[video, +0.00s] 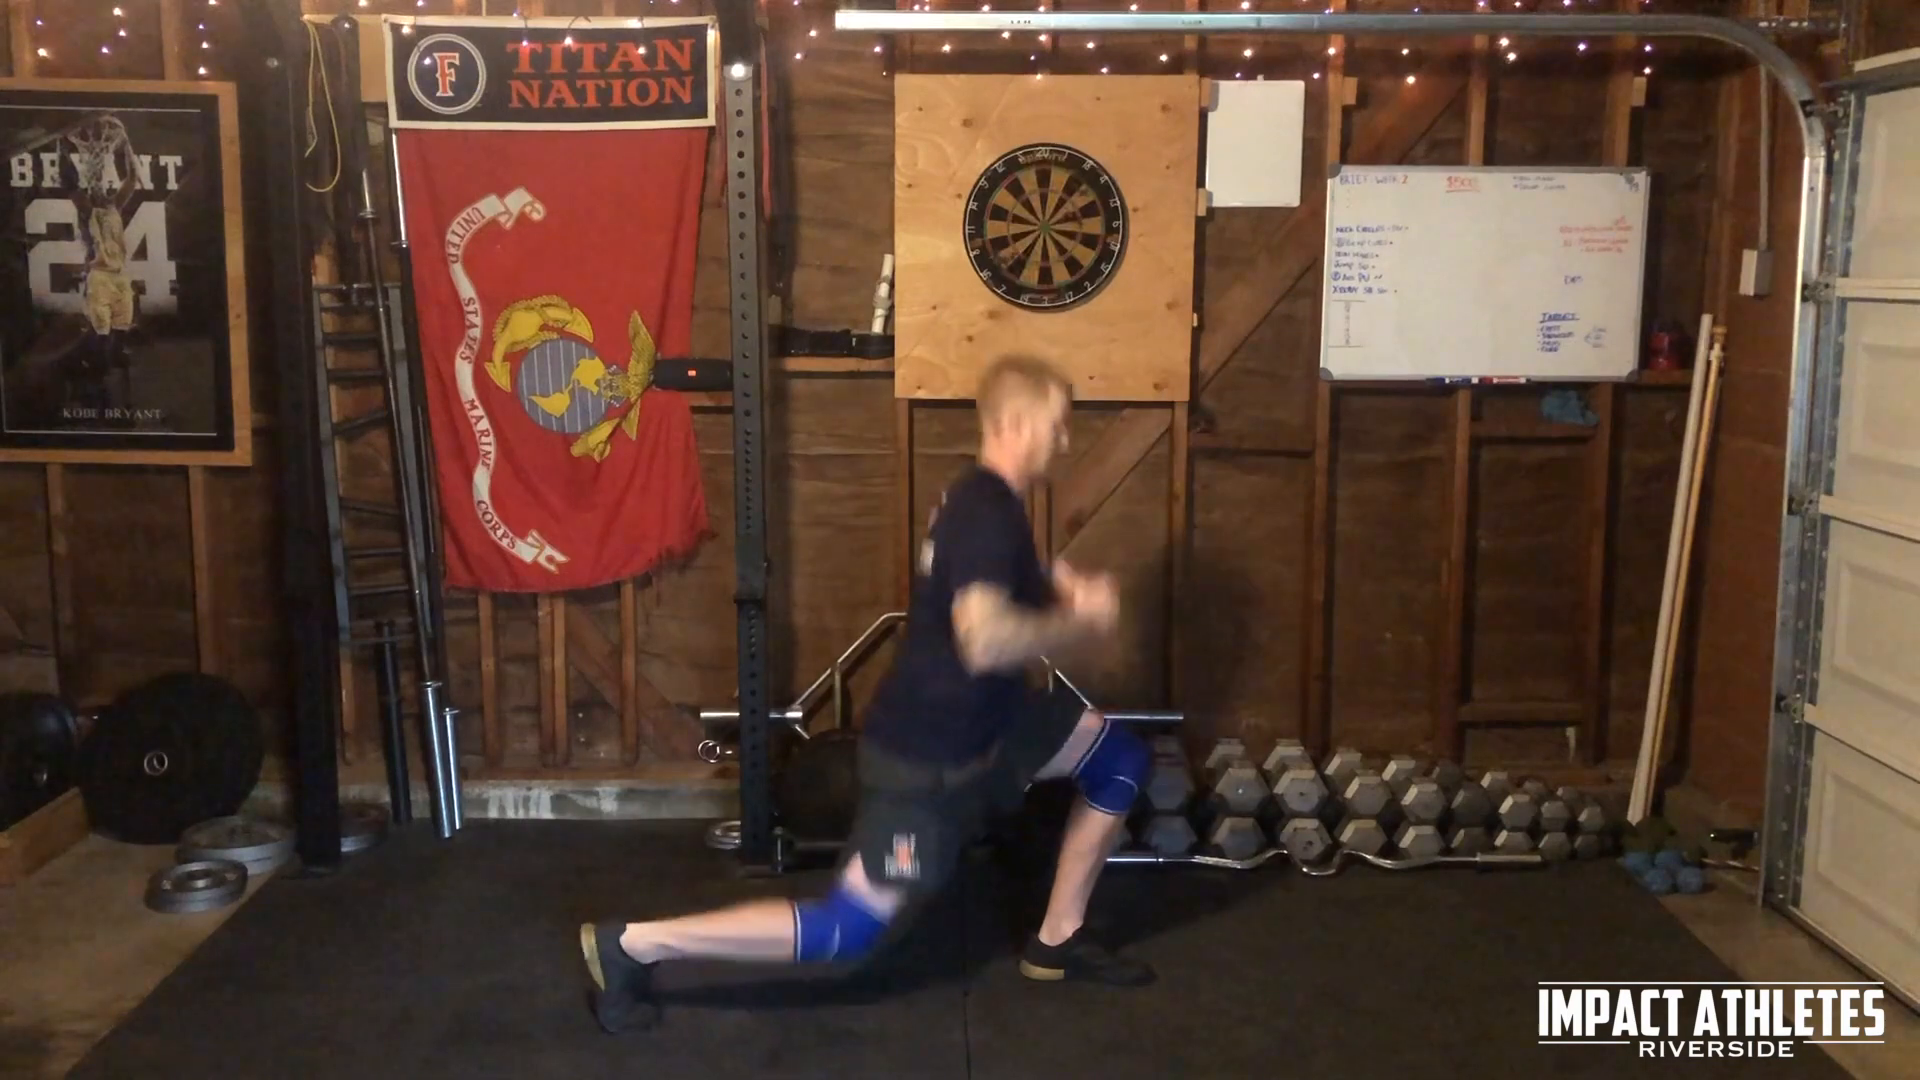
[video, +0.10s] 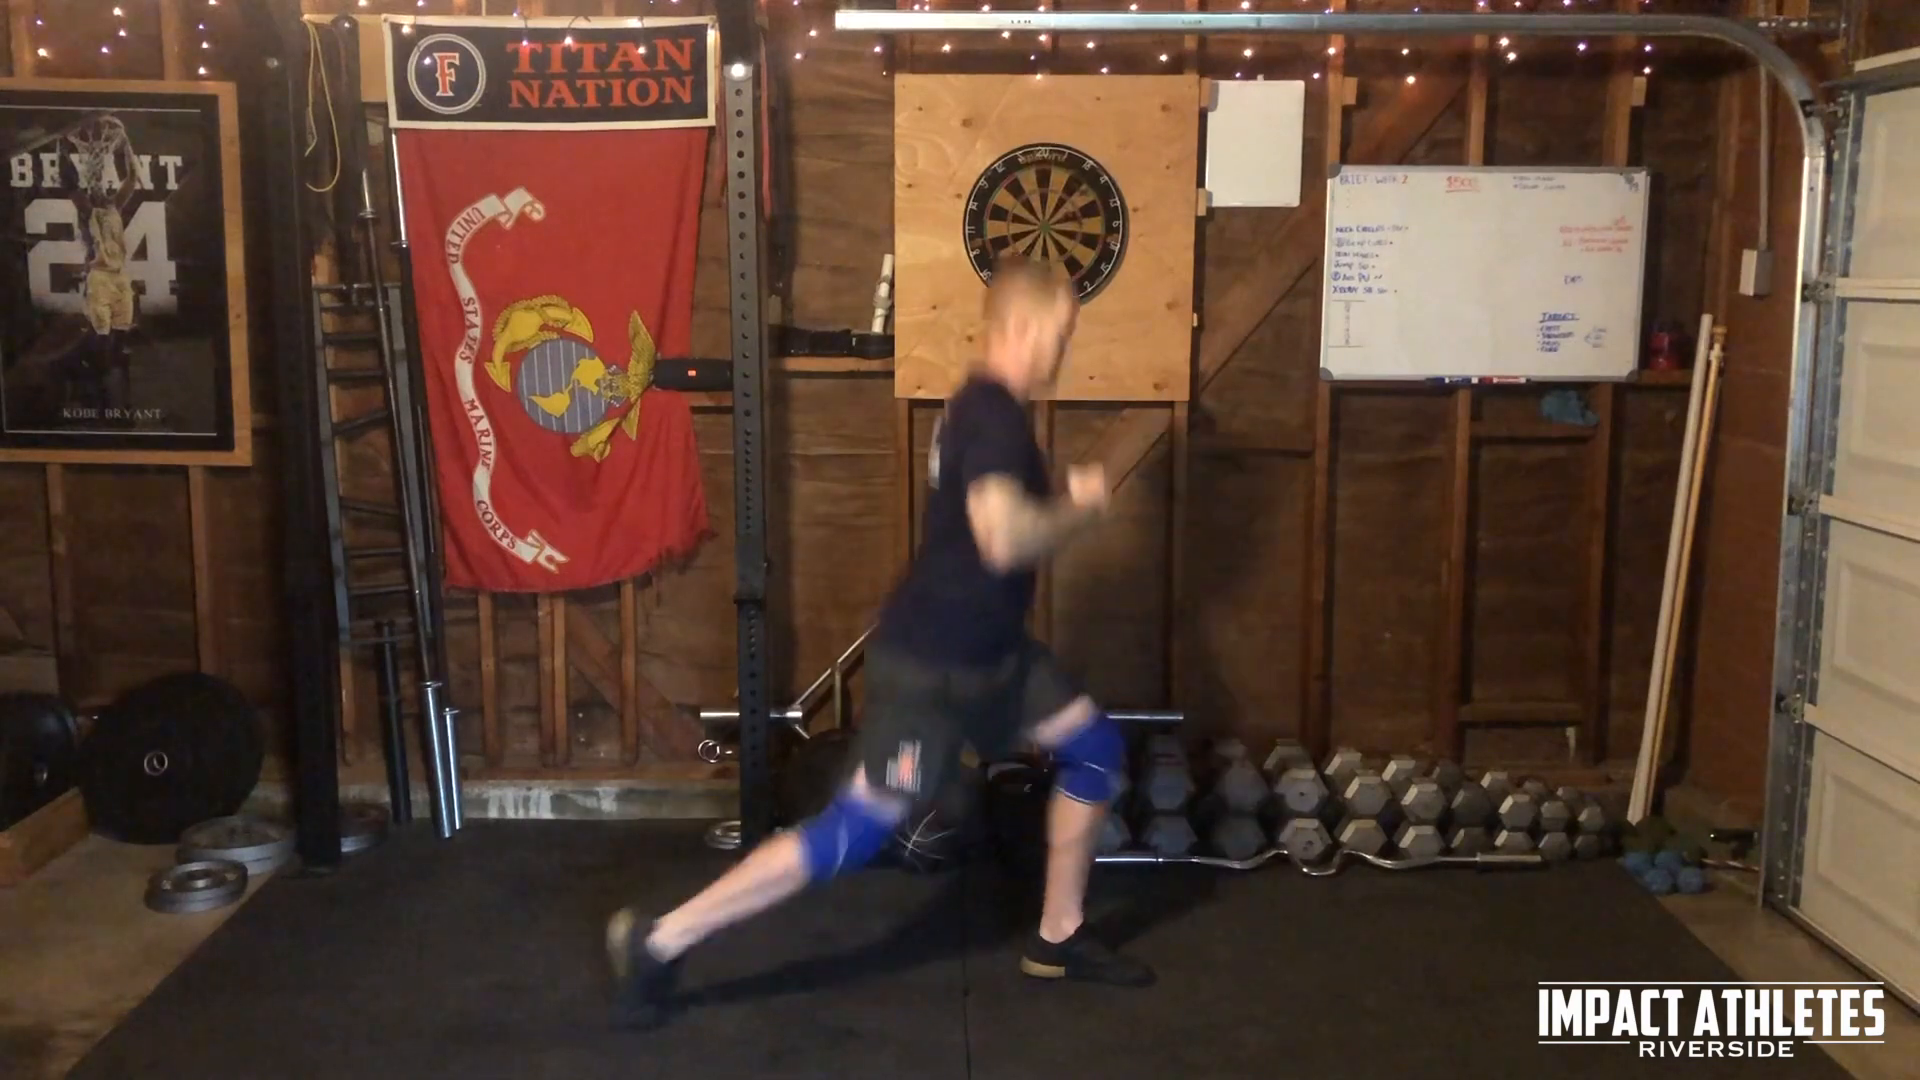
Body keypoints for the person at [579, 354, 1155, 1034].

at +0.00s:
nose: (1065, 439)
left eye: (1065, 425)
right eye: (1058, 424)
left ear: (1010, 425)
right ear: (1014, 425)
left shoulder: (999, 501)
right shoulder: (983, 508)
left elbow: (1009, 588)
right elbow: (984, 639)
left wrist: (1059, 589)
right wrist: (1079, 619)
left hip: (994, 715)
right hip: (925, 744)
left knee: (1119, 763)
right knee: (849, 929)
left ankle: (1058, 940)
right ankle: (629, 945)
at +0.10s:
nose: (1065, 350)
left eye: (1067, 334)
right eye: (1059, 333)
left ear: (1013, 330)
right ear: (1018, 330)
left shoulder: (1003, 412)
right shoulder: (987, 413)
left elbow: (994, 522)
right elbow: (1002, 537)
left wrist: (1060, 501)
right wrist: (1076, 504)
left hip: (994, 654)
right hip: (928, 659)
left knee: (1095, 754)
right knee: (860, 828)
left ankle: (1059, 937)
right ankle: (656, 941)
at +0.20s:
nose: (1083, 267)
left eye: (1089, 251)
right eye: (1079, 247)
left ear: (1017, 238)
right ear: (1031, 238)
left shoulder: (1001, 312)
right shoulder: (994, 314)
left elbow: (953, 384)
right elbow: (990, 438)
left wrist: (1050, 419)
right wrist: (1069, 434)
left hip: (976, 565)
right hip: (933, 568)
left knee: (1030, 722)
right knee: (909, 761)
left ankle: (1018, 910)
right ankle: (739, 900)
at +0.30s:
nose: (1086, 235)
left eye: (1091, 220)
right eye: (1084, 214)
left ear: (1030, 196)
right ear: (1039, 195)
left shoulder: (1003, 272)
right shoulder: (996, 273)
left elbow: (981, 384)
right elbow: (968, 392)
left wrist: (1045, 389)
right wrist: (1056, 405)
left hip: (949, 523)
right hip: (936, 528)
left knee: (968, 700)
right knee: (979, 706)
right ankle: (858, 900)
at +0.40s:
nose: (1087, 242)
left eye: (1093, 225)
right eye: (1086, 220)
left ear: (1028, 205)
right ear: (1041, 204)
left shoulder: (1013, 286)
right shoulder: (995, 280)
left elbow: (982, 395)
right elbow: (953, 396)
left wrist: (1052, 399)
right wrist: (1053, 416)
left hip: (931, 531)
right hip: (941, 538)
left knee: (923, 718)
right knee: (1033, 716)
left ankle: (772, 838)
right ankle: (984, 924)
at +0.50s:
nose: (1084, 300)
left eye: (1088, 283)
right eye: (1081, 281)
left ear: (1030, 270)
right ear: (1042, 268)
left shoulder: (1013, 346)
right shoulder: (995, 339)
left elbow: (984, 457)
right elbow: (952, 453)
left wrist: (1057, 465)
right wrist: (1056, 474)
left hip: (922, 583)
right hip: (942, 590)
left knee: (878, 762)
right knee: (1072, 748)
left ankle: (701, 863)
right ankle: (1068, 967)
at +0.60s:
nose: (1087, 393)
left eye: (1090, 377)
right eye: (1085, 375)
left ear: (1029, 365)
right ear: (1049, 368)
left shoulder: (985, 430)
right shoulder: (1001, 437)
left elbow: (972, 544)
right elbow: (965, 553)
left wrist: (1053, 556)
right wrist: (1067, 570)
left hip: (904, 675)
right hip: (955, 679)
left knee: (871, 849)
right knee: (1118, 784)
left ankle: (672, 902)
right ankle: (1076, 978)